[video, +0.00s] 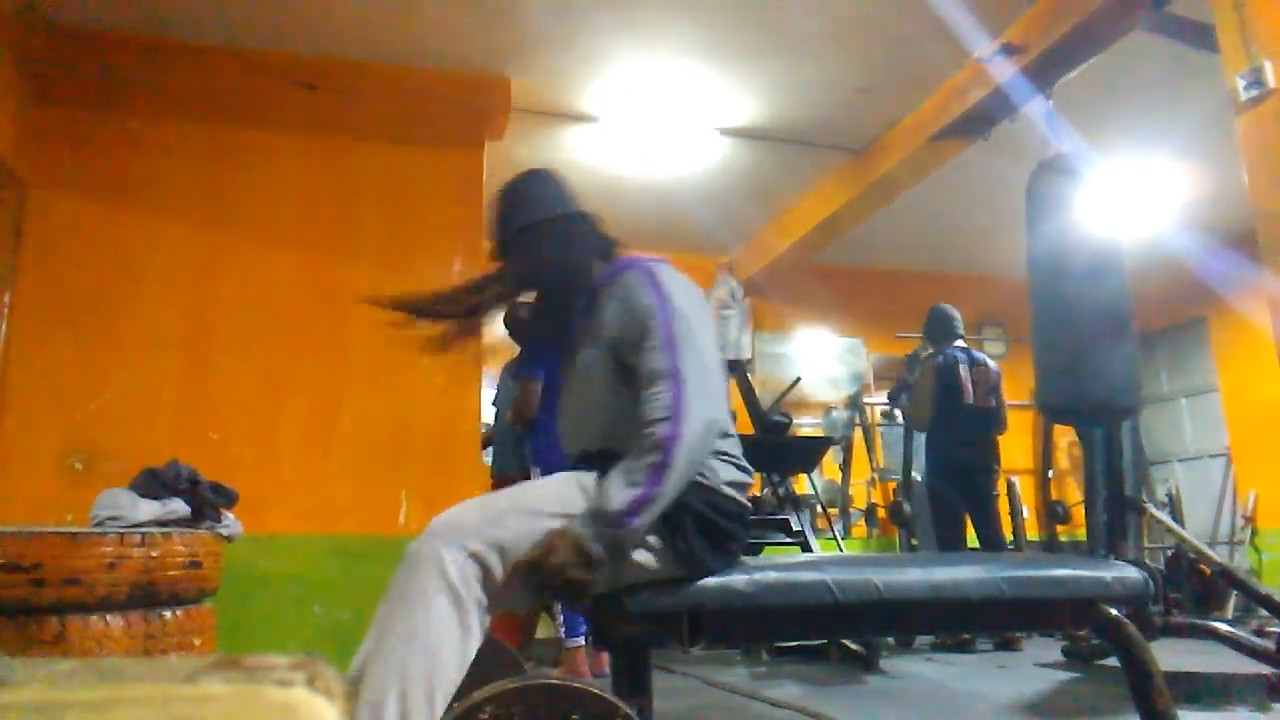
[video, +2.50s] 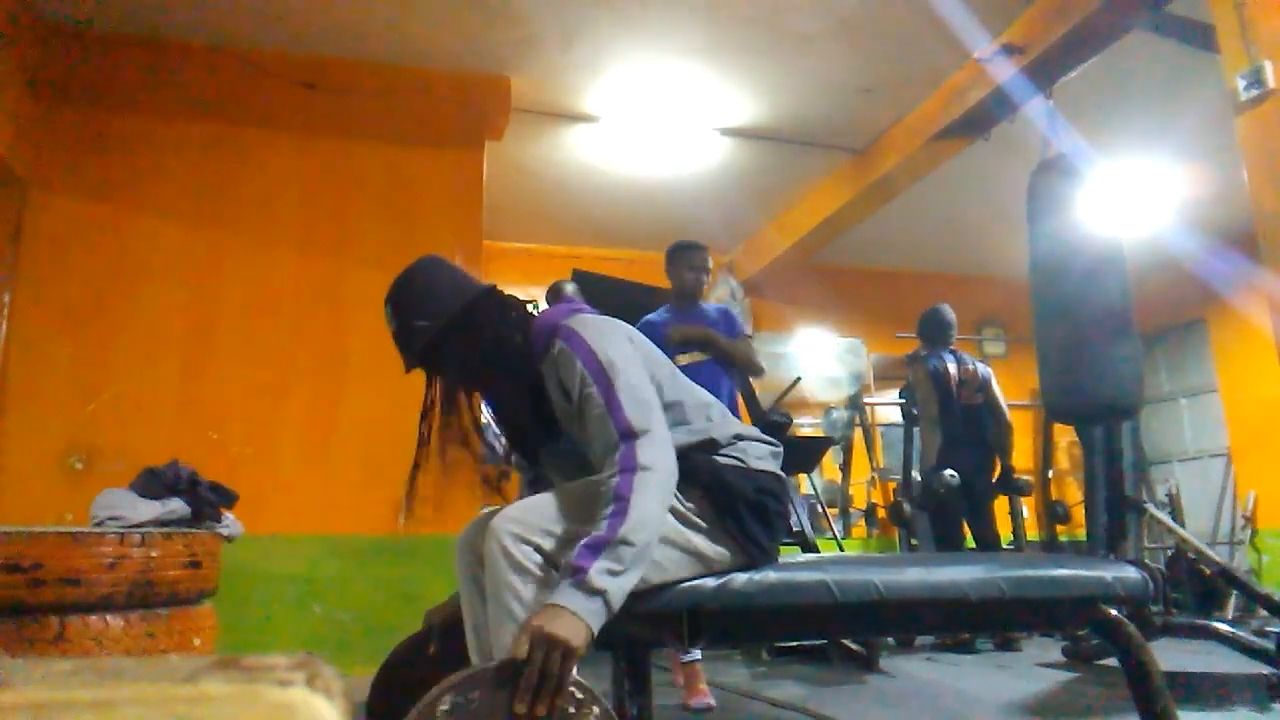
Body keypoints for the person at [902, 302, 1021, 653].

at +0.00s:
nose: (926, 341)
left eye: (926, 336)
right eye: (929, 336)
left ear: (930, 335)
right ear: (961, 330)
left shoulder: (933, 366)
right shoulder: (989, 365)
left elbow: (920, 420)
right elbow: (1001, 423)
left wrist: (904, 400)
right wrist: (970, 420)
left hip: (945, 464)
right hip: (982, 464)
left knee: (950, 546)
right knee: (994, 541)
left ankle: (956, 628)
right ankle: (1008, 625)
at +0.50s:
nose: (928, 339)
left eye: (928, 333)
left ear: (930, 333)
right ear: (963, 330)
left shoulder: (931, 368)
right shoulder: (986, 366)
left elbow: (934, 423)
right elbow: (1004, 424)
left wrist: (905, 428)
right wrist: (972, 431)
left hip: (944, 466)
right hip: (981, 465)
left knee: (950, 546)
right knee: (992, 542)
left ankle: (956, 628)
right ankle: (1008, 626)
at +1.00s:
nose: (919, 340)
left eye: (920, 334)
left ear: (922, 335)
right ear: (954, 335)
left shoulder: (922, 368)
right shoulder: (979, 369)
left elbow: (937, 419)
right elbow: (999, 423)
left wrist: (925, 467)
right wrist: (1003, 470)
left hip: (944, 473)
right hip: (977, 471)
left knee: (949, 548)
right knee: (990, 544)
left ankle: (958, 629)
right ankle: (1008, 626)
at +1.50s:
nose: (924, 346)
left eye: (924, 340)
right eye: (926, 341)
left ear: (928, 338)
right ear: (956, 332)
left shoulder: (933, 366)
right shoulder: (988, 365)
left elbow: (918, 417)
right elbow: (996, 416)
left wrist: (908, 398)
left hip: (946, 467)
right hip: (982, 466)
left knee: (951, 546)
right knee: (993, 541)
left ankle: (958, 627)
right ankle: (1007, 625)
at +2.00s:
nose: (928, 337)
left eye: (929, 330)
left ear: (930, 330)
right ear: (963, 329)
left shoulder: (933, 363)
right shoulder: (988, 364)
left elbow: (935, 420)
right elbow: (1005, 423)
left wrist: (905, 433)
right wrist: (972, 424)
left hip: (948, 465)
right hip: (984, 465)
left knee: (951, 544)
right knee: (994, 541)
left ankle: (957, 627)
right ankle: (1008, 626)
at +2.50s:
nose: (920, 341)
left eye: (921, 335)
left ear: (923, 335)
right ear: (954, 334)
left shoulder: (922, 366)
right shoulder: (980, 368)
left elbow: (930, 419)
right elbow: (1003, 420)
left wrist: (927, 469)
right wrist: (1007, 466)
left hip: (944, 469)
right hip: (979, 467)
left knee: (949, 547)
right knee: (989, 542)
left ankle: (960, 630)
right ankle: (1006, 626)